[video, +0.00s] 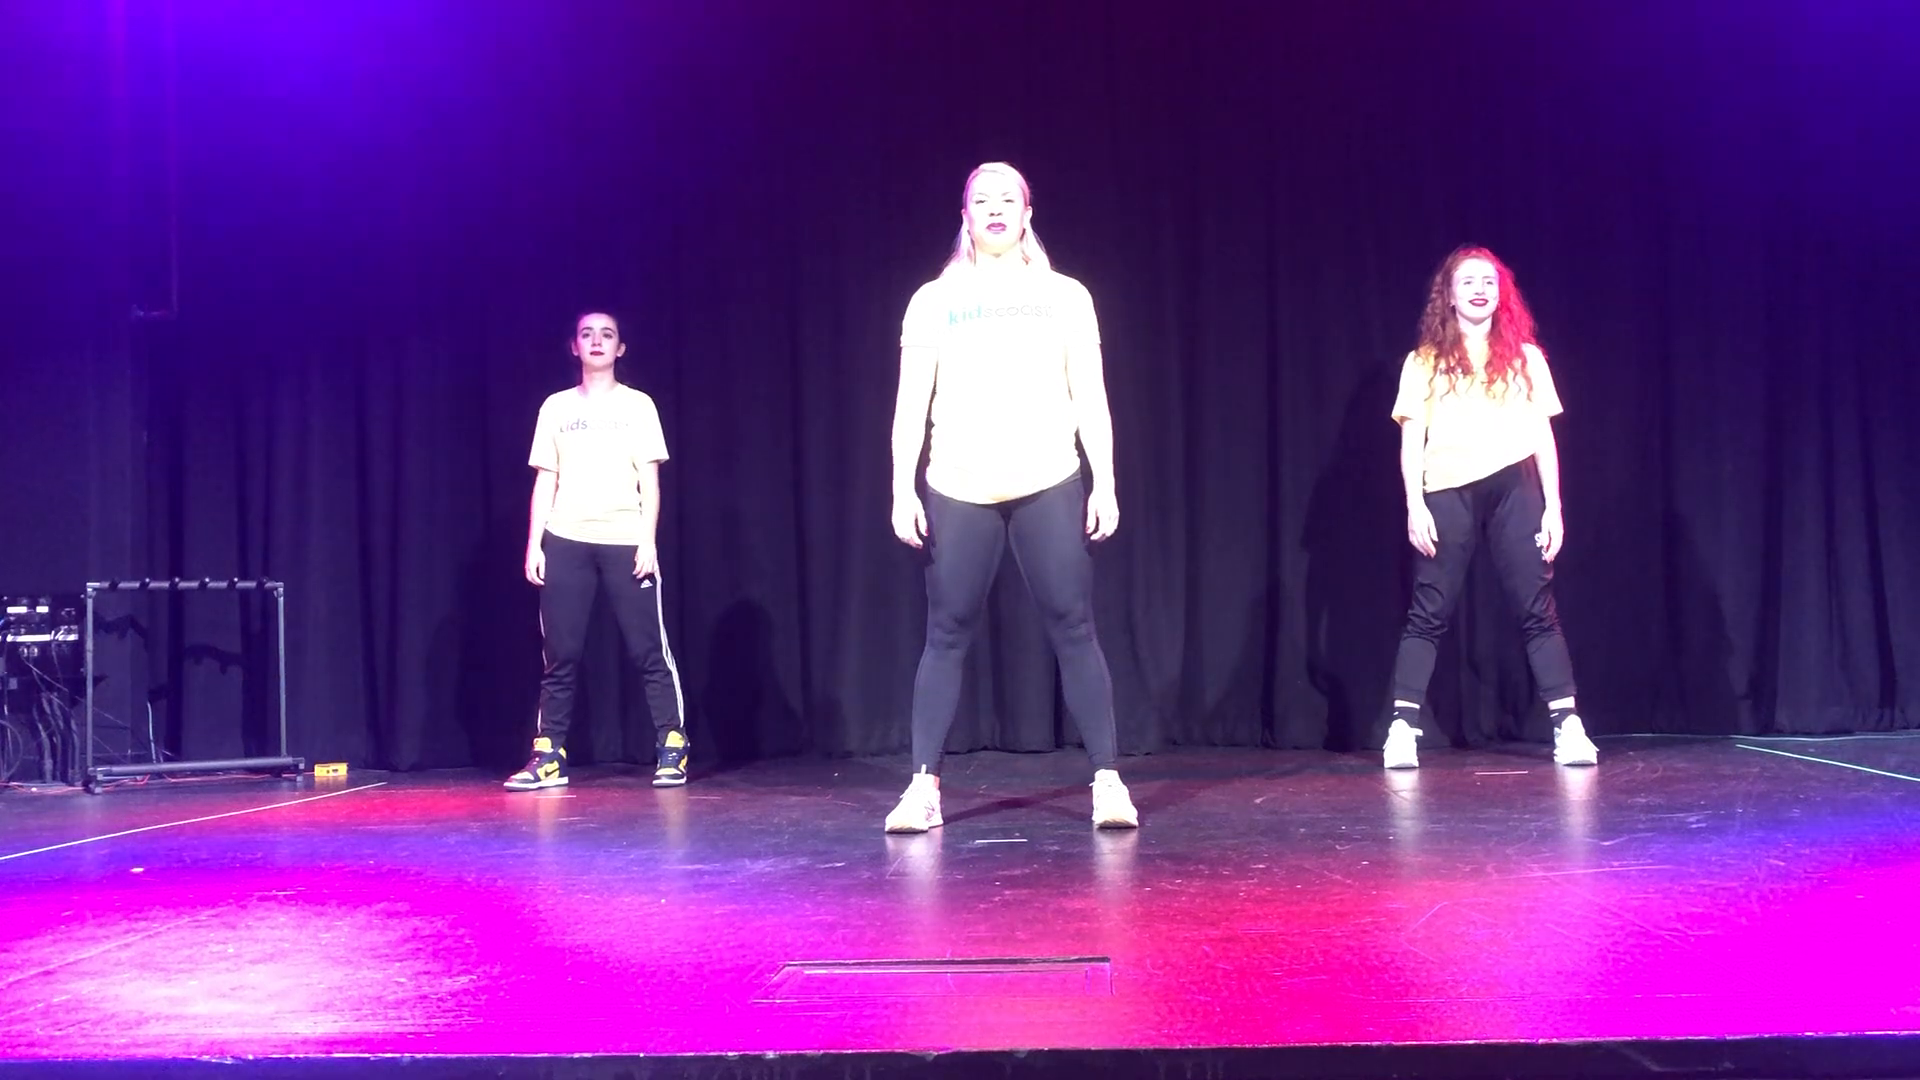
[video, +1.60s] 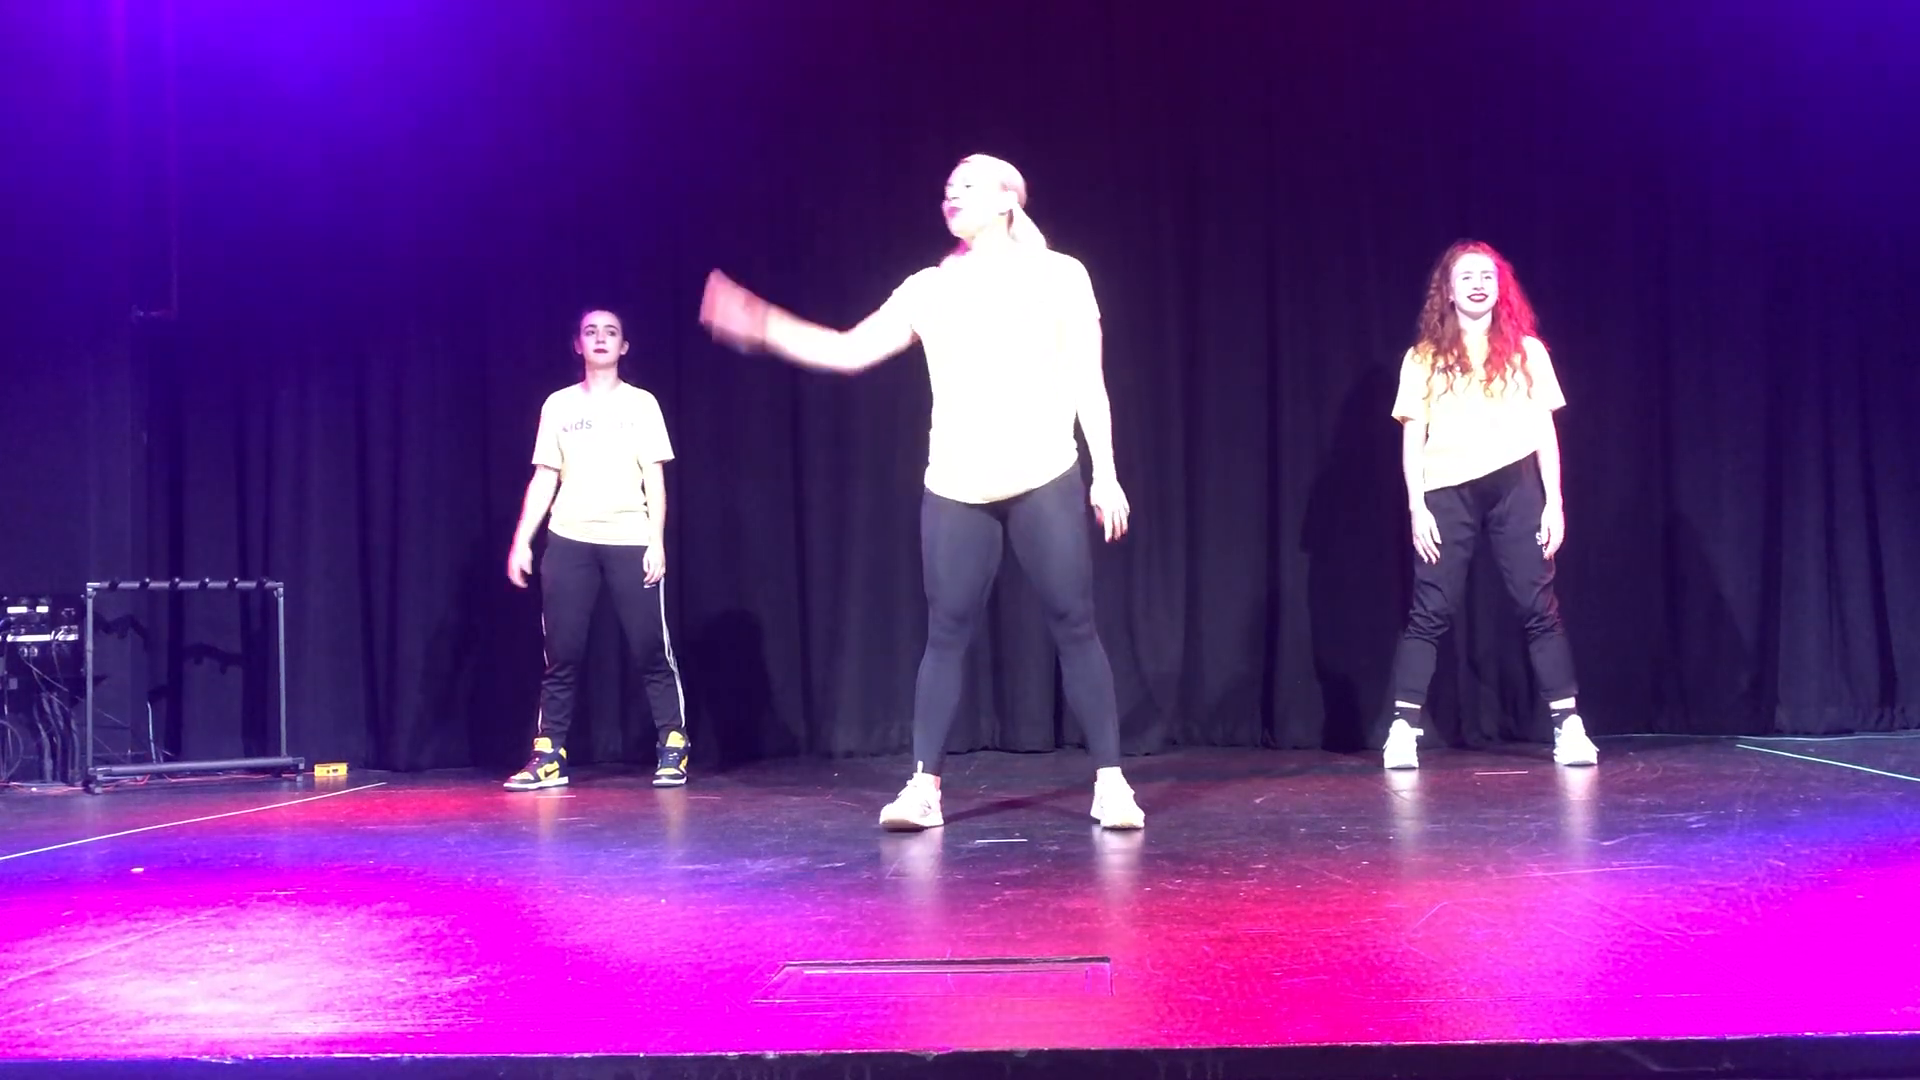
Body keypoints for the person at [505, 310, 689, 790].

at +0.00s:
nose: (596, 342)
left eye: (605, 335)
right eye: (588, 334)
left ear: (619, 348)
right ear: (575, 347)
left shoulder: (638, 405)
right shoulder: (555, 406)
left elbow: (649, 480)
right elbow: (545, 479)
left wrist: (647, 542)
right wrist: (534, 543)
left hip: (626, 543)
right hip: (566, 542)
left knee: (648, 652)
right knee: (559, 655)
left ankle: (672, 747)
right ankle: (549, 756)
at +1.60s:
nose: (600, 339)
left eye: (609, 332)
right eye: (591, 332)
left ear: (623, 345)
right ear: (578, 345)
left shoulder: (642, 403)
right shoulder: (558, 405)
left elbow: (654, 478)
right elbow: (544, 478)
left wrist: (656, 541)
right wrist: (521, 541)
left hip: (631, 541)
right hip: (569, 542)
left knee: (651, 650)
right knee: (560, 655)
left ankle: (673, 748)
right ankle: (550, 756)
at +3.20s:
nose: (691, 375)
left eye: (695, 368)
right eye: (680, 365)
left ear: (698, 382)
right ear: (654, 374)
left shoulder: (697, 439)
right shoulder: (625, 414)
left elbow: (756, 472)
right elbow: (624, 450)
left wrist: (823, 471)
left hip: (654, 557)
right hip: (599, 551)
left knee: (682, 653)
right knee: (567, 660)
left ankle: (682, 754)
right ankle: (507, 747)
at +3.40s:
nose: (724, 392)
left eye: (727, 385)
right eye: (714, 383)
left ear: (729, 396)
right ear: (688, 391)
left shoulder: (715, 455)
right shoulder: (656, 426)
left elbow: (768, 490)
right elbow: (669, 476)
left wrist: (753, 439)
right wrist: (700, 423)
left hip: (659, 564)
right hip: (609, 557)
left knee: (689, 652)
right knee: (576, 665)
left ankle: (683, 756)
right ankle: (500, 747)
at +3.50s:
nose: (728, 382)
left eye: (730, 374)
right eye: (718, 372)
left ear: (732, 385)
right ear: (691, 378)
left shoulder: (718, 443)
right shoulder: (657, 414)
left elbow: (768, 484)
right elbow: (670, 464)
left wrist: (763, 436)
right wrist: (705, 414)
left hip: (660, 555)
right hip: (609, 545)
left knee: (684, 649)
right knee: (574, 653)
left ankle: (682, 754)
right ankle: (505, 744)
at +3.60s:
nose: (729, 381)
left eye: (731, 374)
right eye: (719, 372)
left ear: (732, 385)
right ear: (692, 378)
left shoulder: (719, 444)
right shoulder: (658, 413)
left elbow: (768, 485)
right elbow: (669, 462)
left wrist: (759, 434)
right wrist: (703, 411)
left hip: (660, 554)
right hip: (608, 545)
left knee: (683, 649)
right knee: (576, 654)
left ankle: (682, 753)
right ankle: (508, 744)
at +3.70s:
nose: (728, 397)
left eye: (731, 389)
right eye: (718, 388)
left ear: (733, 400)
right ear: (691, 394)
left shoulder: (718, 459)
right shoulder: (659, 428)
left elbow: (768, 498)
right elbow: (665, 480)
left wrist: (750, 446)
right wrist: (700, 428)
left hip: (661, 564)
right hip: (610, 558)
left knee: (689, 651)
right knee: (583, 664)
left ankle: (683, 754)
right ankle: (504, 744)